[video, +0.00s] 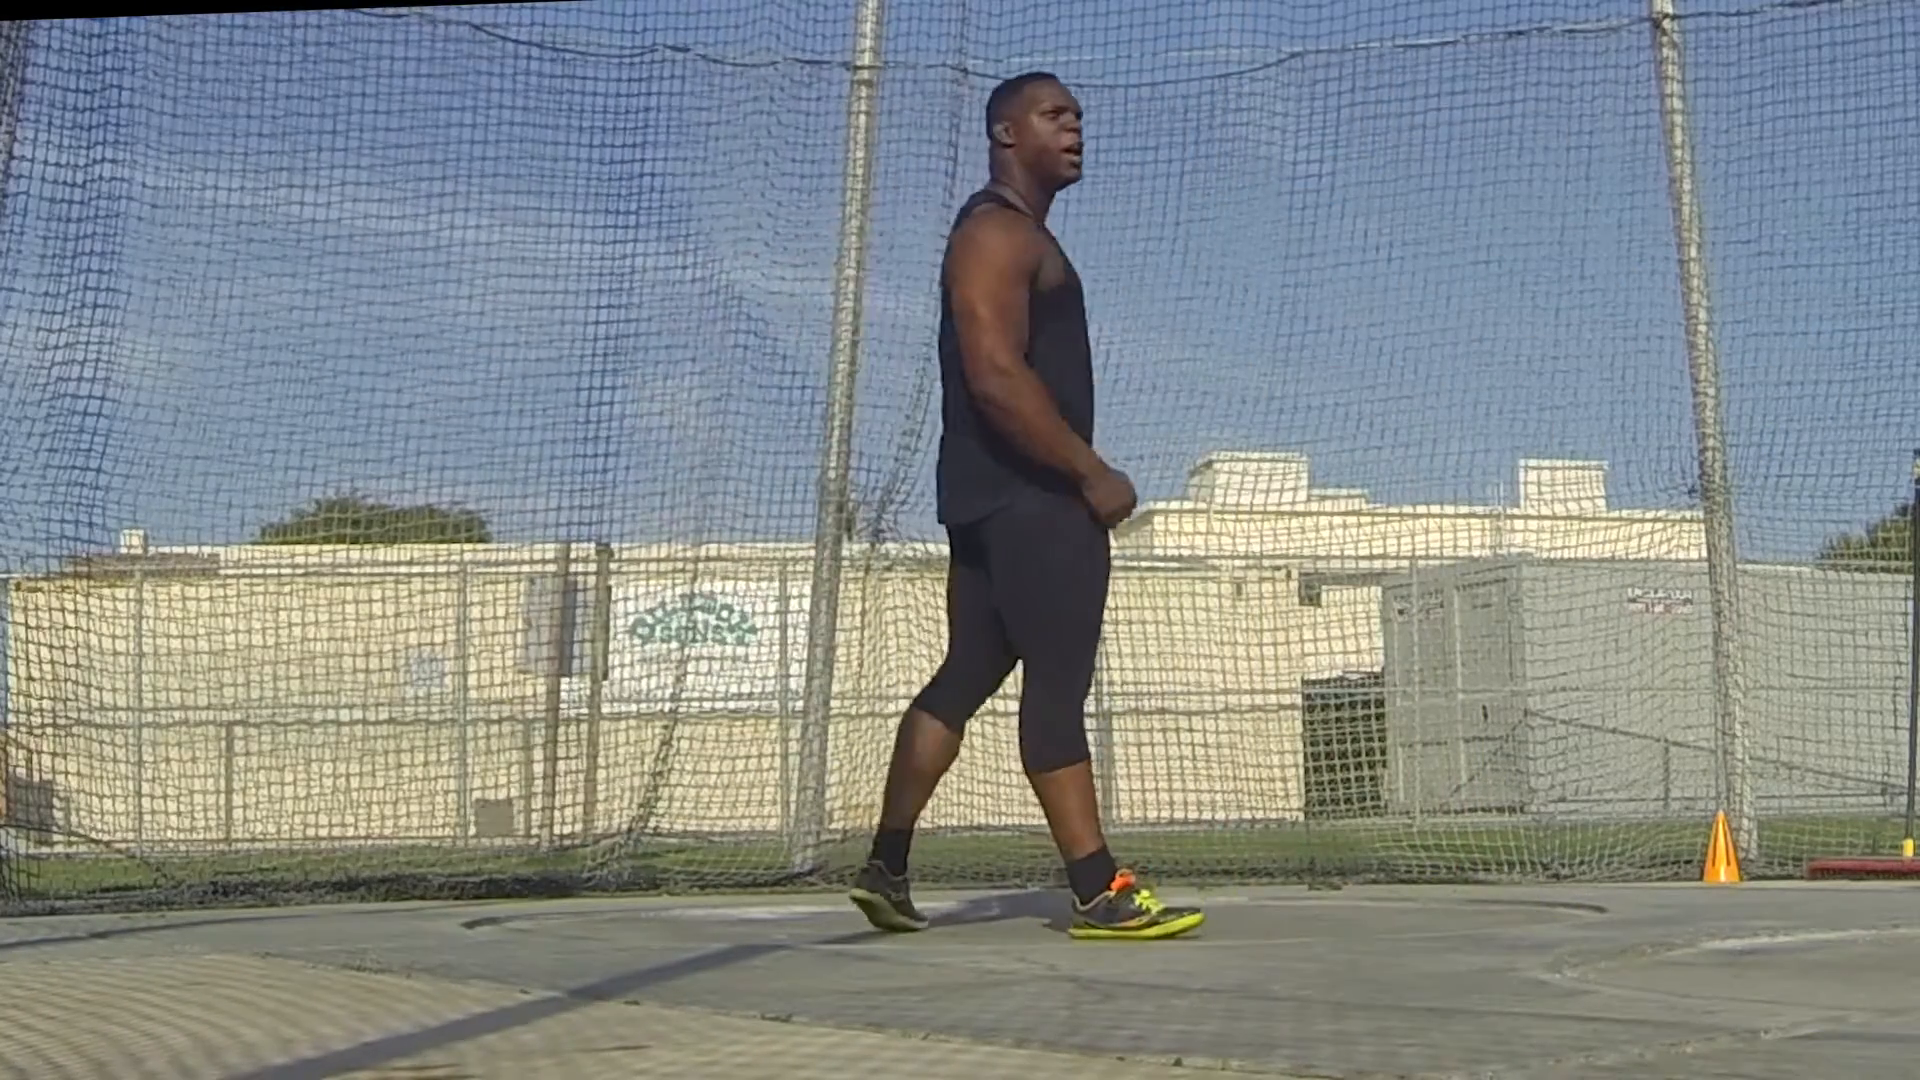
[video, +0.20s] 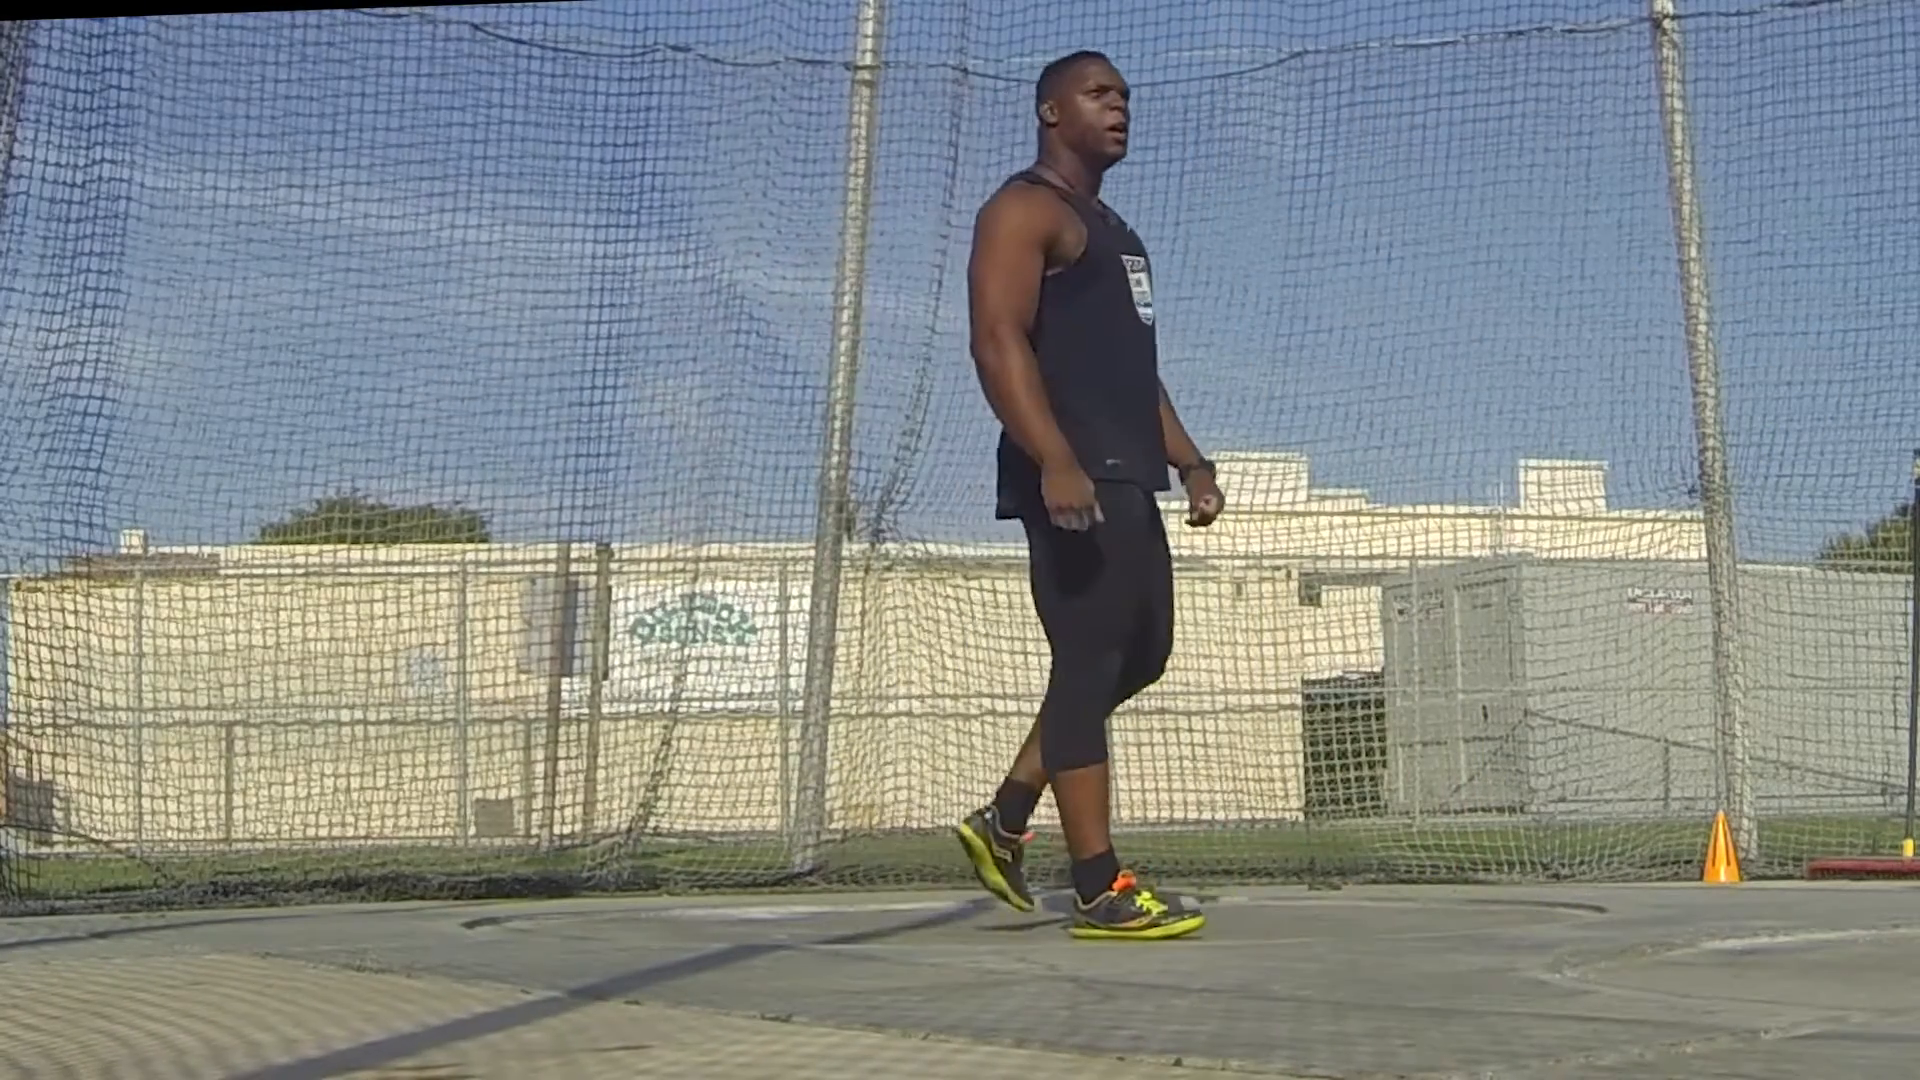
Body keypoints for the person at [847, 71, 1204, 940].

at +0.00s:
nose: (1077, 132)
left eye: (1077, 118)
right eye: (1058, 118)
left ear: (1032, 141)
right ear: (1007, 136)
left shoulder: (1005, 229)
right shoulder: (996, 231)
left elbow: (994, 379)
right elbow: (992, 374)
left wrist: (1077, 469)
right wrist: (1089, 469)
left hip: (990, 499)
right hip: (1031, 497)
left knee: (968, 671)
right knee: (1057, 681)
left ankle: (886, 864)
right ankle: (1098, 888)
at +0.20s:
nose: (1119, 110)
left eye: (1122, 98)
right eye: (1099, 96)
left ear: (1122, 117)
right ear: (1051, 113)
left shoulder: (1113, 229)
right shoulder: (1024, 205)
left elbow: (1125, 362)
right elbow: (997, 340)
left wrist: (1188, 458)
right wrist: (1056, 460)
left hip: (1128, 478)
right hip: (1073, 478)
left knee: (1139, 651)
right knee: (1085, 661)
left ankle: (1004, 819)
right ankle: (1097, 884)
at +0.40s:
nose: (1158, 97)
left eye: (1162, 87)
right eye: (1138, 84)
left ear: (1165, 110)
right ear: (1089, 104)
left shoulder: (1177, 221)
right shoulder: (1051, 195)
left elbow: (1195, 350)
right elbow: (1011, 321)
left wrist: (1258, 445)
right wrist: (1052, 437)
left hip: (1194, 478)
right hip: (1110, 476)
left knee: (1256, 637)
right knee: (1105, 668)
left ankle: (1202, 851)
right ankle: (1099, 886)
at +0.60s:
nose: (1230, 106)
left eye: (1235, 94)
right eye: (1210, 89)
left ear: (1231, 114)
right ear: (1158, 103)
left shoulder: (1239, 233)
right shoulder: (1097, 208)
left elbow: (1262, 372)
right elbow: (1042, 346)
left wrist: (1305, 482)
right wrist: (1087, 468)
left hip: (1254, 488)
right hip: (1151, 485)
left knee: (1304, 660)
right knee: (1135, 678)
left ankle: (1366, 868)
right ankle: (1102, 887)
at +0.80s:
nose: (1307, 107)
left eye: (1313, 96)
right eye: (1288, 90)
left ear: (1313, 121)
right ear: (1236, 106)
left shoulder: (1325, 237)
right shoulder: (1174, 211)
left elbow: (1338, 370)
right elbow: (1120, 356)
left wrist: (1356, 481)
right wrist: (1141, 491)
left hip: (1322, 487)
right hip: (1218, 484)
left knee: (1357, 675)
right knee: (1182, 678)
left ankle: (1413, 880)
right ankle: (1115, 877)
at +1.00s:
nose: (1368, 89)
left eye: (1373, 78)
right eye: (1349, 75)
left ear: (1378, 100)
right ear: (1299, 94)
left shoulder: (1398, 226)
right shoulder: (1238, 194)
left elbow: (1444, 354)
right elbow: (1189, 326)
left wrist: (1496, 455)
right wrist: (1237, 436)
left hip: (1387, 474)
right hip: (1284, 465)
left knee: (1397, 661)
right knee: (1270, 648)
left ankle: (1419, 882)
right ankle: (1194, 840)